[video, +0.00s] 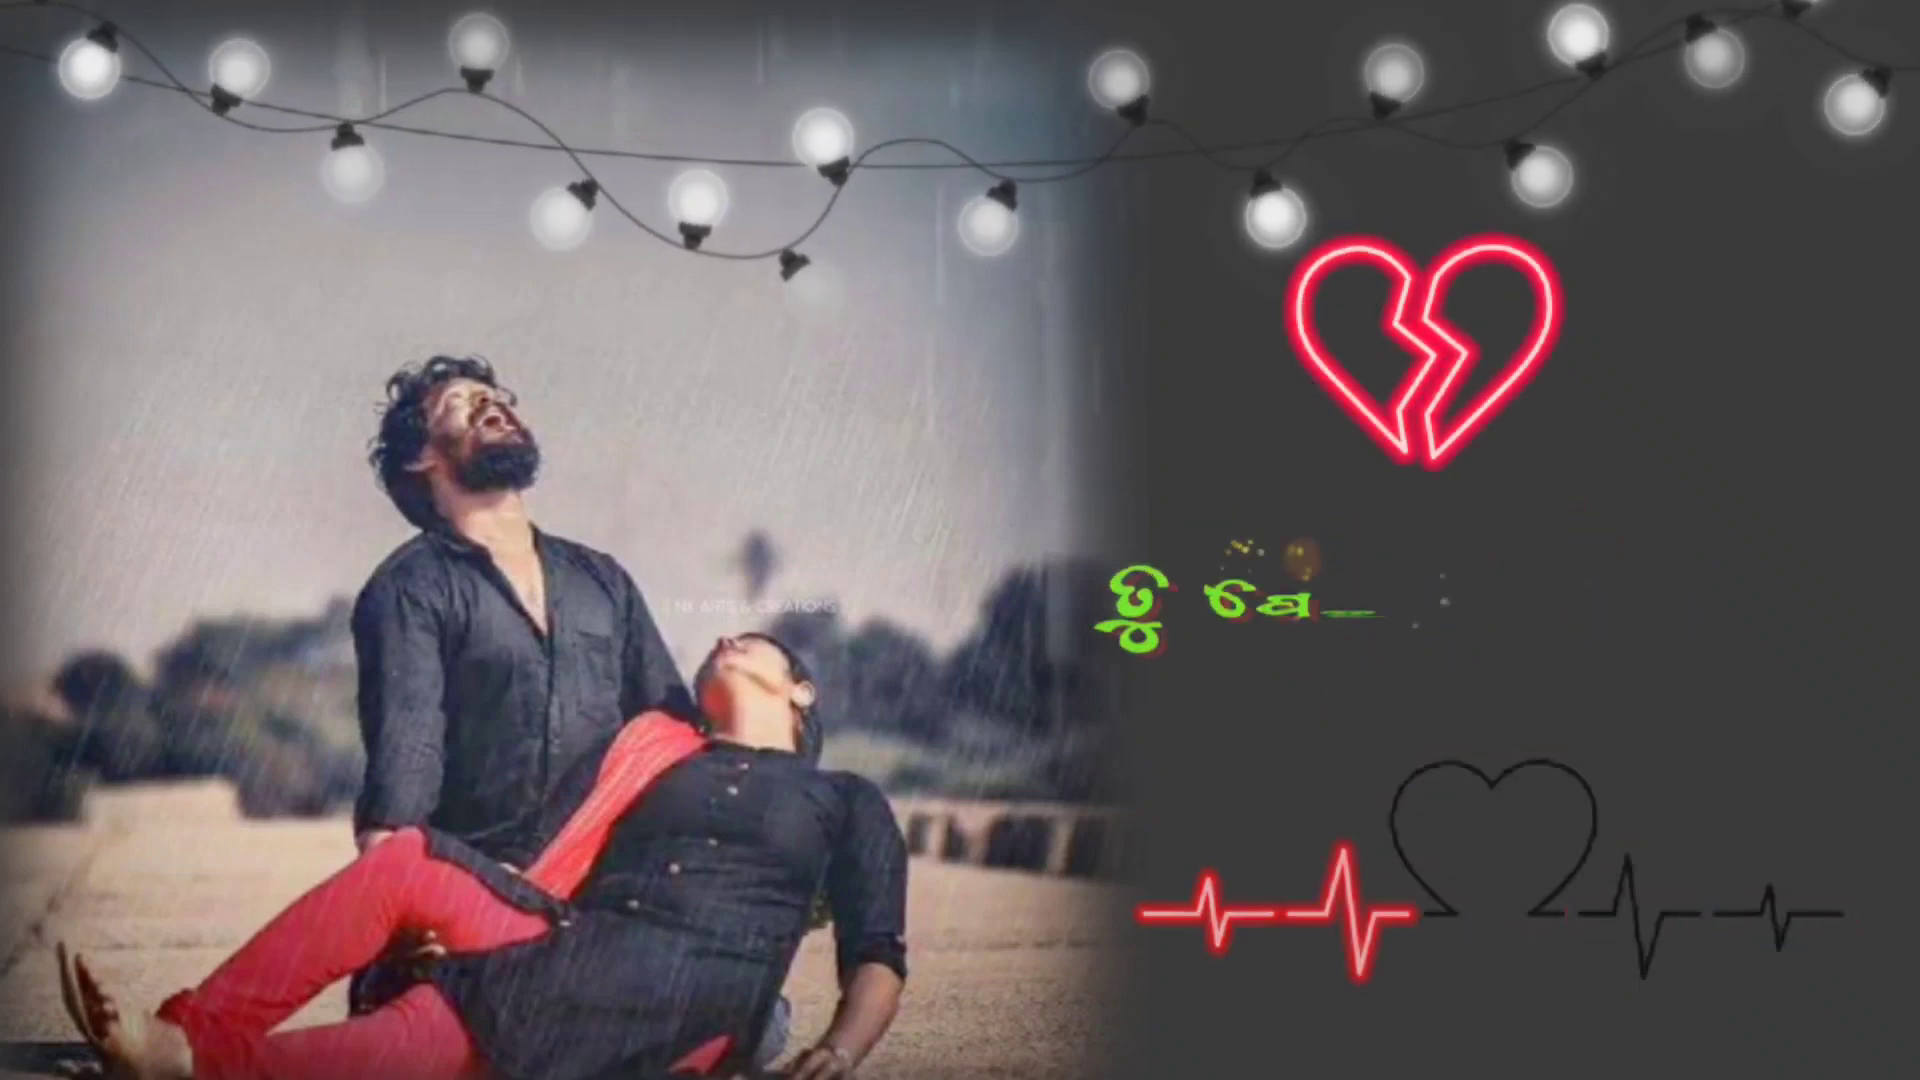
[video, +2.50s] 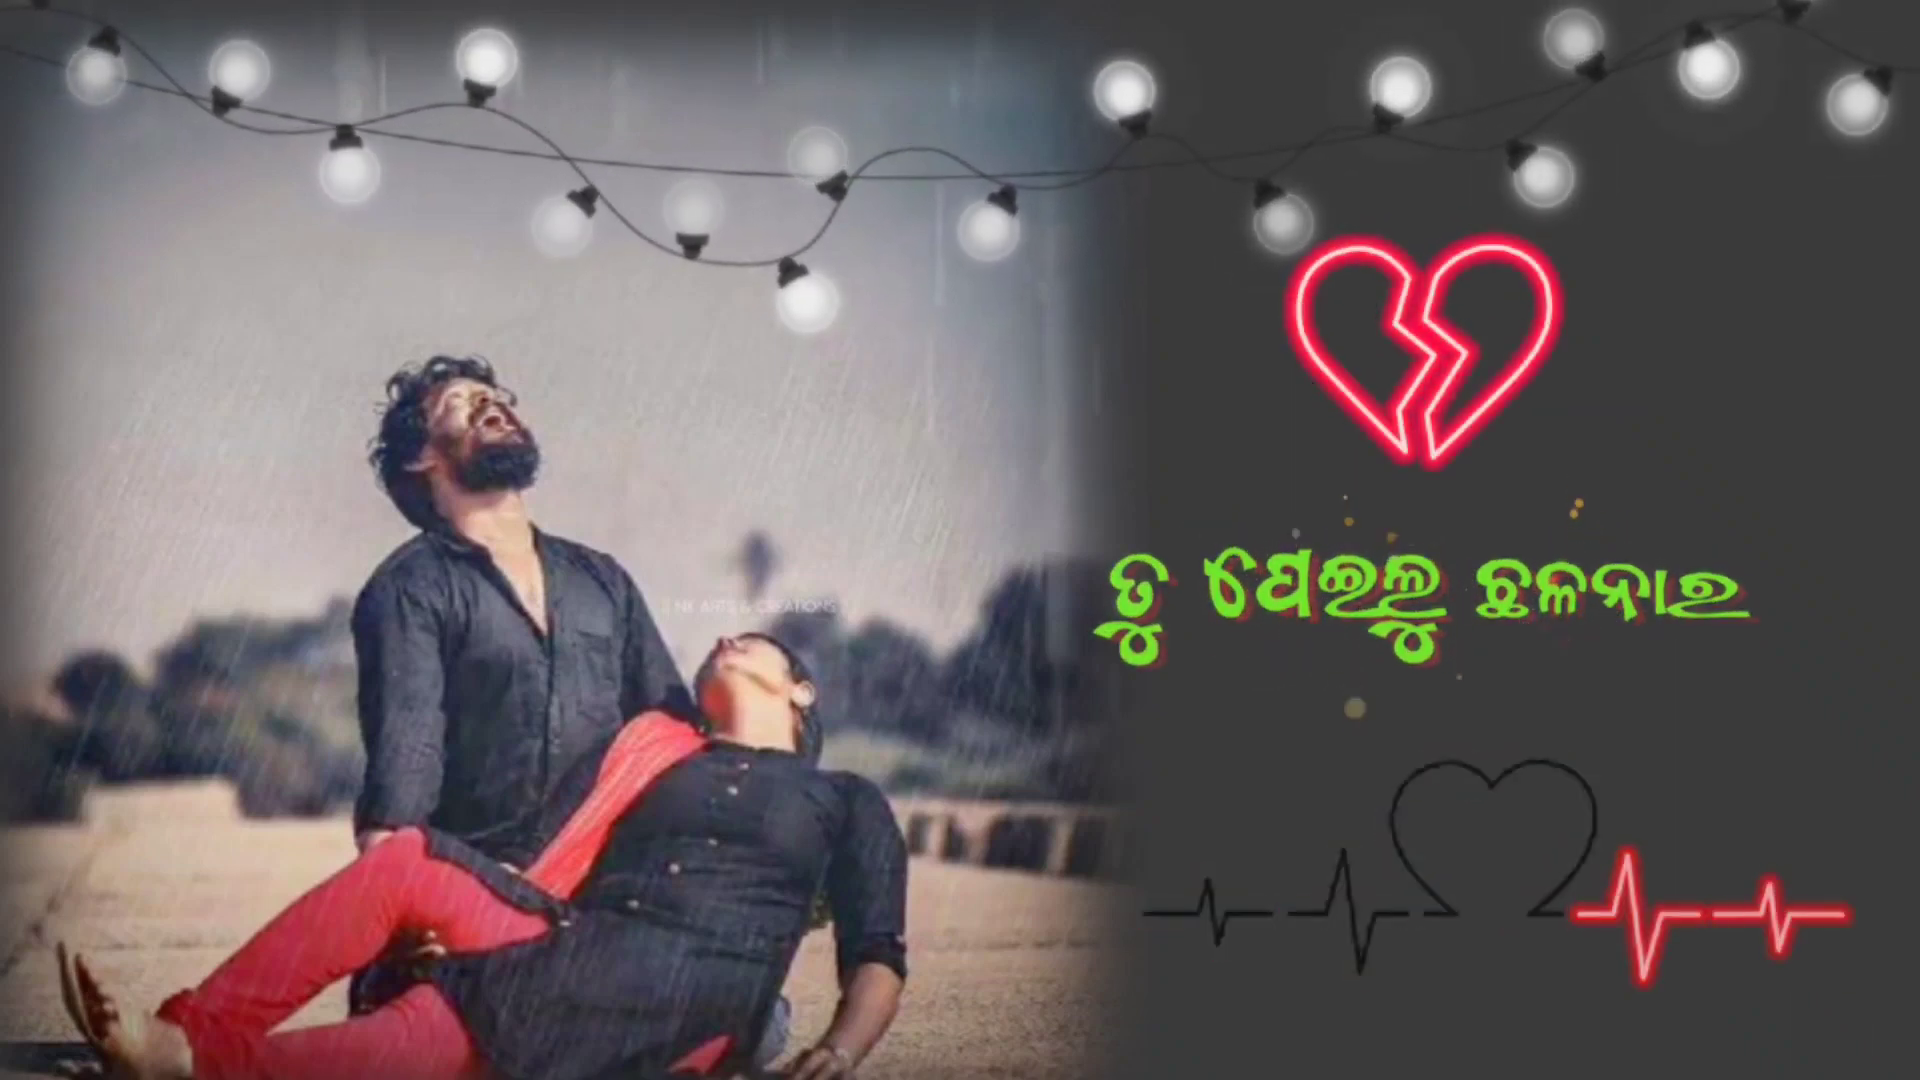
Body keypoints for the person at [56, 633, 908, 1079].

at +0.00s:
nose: (721, 660)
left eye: (749, 656)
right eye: (717, 659)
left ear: (799, 699)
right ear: (709, 698)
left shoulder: (844, 798)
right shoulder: (662, 755)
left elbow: (879, 967)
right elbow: (574, 892)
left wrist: (836, 1063)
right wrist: (455, 949)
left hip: (693, 982)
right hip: (587, 946)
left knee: (451, 1028)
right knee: (400, 859)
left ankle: (187, 1058)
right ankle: (178, 1041)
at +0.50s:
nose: (722, 660)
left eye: (749, 656)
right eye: (717, 659)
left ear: (799, 699)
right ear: (709, 698)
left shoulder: (844, 798)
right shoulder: (662, 755)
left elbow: (879, 967)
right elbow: (574, 892)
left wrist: (836, 1063)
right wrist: (455, 949)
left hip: (693, 982)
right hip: (587, 945)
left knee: (451, 1028)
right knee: (400, 859)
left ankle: (187, 1058)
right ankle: (178, 1041)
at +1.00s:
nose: (721, 660)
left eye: (749, 656)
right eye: (717, 659)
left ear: (799, 699)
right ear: (709, 698)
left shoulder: (844, 798)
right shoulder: (662, 755)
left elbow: (879, 967)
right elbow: (574, 892)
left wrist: (836, 1063)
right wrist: (455, 949)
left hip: (693, 982)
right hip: (587, 946)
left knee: (451, 1028)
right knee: (400, 859)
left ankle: (187, 1058)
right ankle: (178, 1041)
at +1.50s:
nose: (721, 660)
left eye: (749, 656)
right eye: (717, 659)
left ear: (799, 699)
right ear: (709, 698)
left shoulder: (844, 798)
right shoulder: (662, 755)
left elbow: (879, 967)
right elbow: (574, 892)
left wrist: (835, 1063)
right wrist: (455, 949)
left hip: (693, 982)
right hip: (587, 945)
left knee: (451, 1028)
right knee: (400, 859)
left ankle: (188, 1058)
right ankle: (177, 1040)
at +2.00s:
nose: (721, 660)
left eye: (749, 656)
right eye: (717, 659)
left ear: (799, 699)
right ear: (709, 698)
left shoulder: (844, 798)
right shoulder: (662, 755)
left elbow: (879, 967)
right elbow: (574, 892)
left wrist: (836, 1063)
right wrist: (455, 949)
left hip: (693, 983)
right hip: (587, 946)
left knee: (451, 1028)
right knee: (400, 859)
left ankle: (187, 1058)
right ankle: (178, 1041)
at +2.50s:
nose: (722, 660)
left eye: (749, 656)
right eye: (717, 659)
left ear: (799, 699)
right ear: (709, 698)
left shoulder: (844, 798)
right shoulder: (662, 755)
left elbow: (879, 967)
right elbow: (574, 892)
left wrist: (836, 1063)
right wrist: (455, 949)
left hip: (693, 982)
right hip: (587, 946)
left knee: (451, 1028)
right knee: (400, 859)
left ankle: (187, 1058)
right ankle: (177, 1040)